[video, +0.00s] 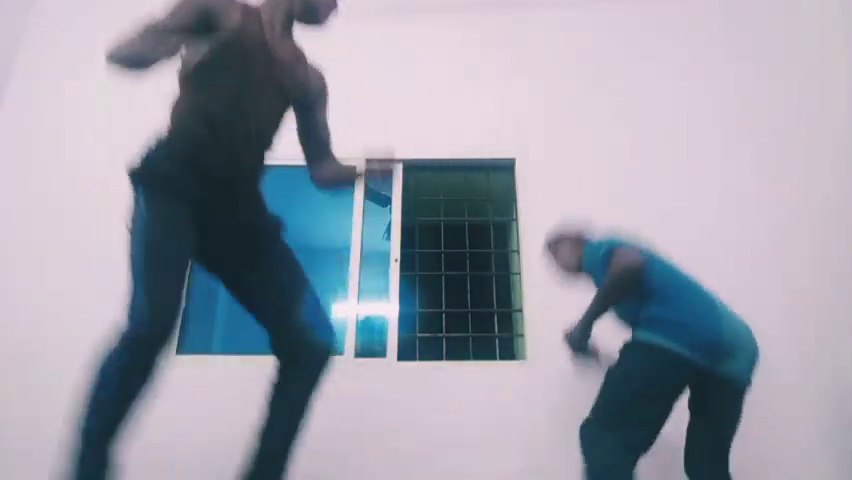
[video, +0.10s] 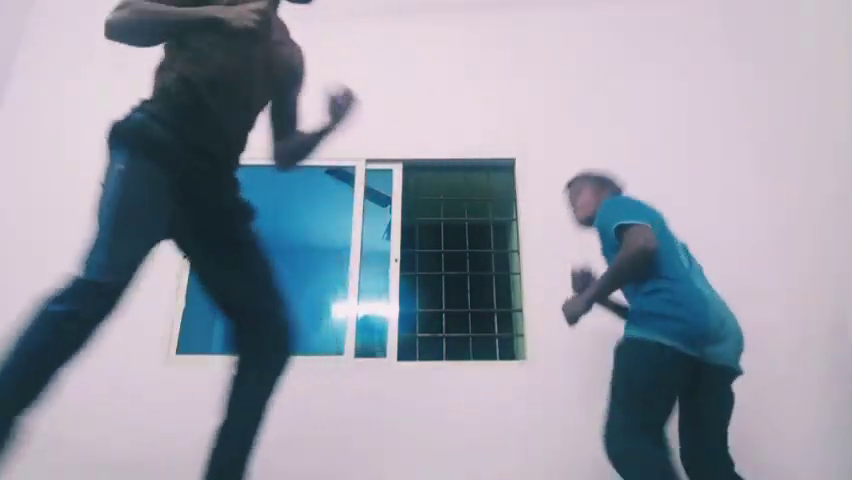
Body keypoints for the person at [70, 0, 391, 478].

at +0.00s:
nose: (334, 3)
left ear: (311, 3)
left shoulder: (304, 77)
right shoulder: (225, 15)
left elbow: (323, 170)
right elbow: (123, 54)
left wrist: (364, 172)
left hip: (235, 207)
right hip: (171, 190)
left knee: (310, 344)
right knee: (150, 326)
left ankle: (264, 473)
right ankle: (89, 466)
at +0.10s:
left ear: (283, 1)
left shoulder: (285, 54)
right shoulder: (203, 9)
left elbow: (285, 154)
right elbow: (118, 24)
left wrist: (329, 122)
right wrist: (213, 14)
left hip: (209, 185)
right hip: (148, 158)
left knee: (267, 337)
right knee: (97, 291)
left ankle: (225, 473)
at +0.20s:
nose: (259, 7)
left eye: (262, 5)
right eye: (252, 2)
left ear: (268, 2)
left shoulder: (269, 60)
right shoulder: (190, 9)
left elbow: (255, 161)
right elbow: (116, 35)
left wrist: (300, 119)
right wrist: (223, 34)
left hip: (190, 200)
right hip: (130, 169)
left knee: (225, 371)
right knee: (61, 304)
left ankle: (182, 473)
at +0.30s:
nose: (292, 5)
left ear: (256, 6)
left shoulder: (246, 106)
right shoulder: (162, 24)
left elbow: (219, 208)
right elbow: (82, 98)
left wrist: (259, 177)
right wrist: (201, 98)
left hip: (145, 253)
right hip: (85, 217)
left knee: (193, 429)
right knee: (50, 361)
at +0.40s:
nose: (290, 18)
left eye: (290, 7)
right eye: (283, 4)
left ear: (248, 11)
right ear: (247, 5)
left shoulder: (244, 119)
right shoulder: (156, 35)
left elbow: (203, 220)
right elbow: (48, 110)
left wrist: (239, 230)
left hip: (136, 264)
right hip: (68, 231)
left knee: (237, 409)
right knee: (62, 369)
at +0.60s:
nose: (309, 17)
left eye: (307, 6)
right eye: (299, 3)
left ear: (266, 11)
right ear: (262, 5)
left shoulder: (275, 108)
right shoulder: (189, 35)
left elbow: (226, 188)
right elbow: (67, 83)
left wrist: (230, 256)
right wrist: (103, 176)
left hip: (199, 263)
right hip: (129, 238)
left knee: (273, 424)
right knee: (72, 361)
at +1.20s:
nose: (308, 7)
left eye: (305, 1)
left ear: (268, 5)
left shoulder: (260, 79)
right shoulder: (208, 23)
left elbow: (215, 148)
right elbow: (88, 56)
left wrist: (225, 214)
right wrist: (154, 131)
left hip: (195, 238)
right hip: (139, 208)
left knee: (260, 400)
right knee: (78, 342)